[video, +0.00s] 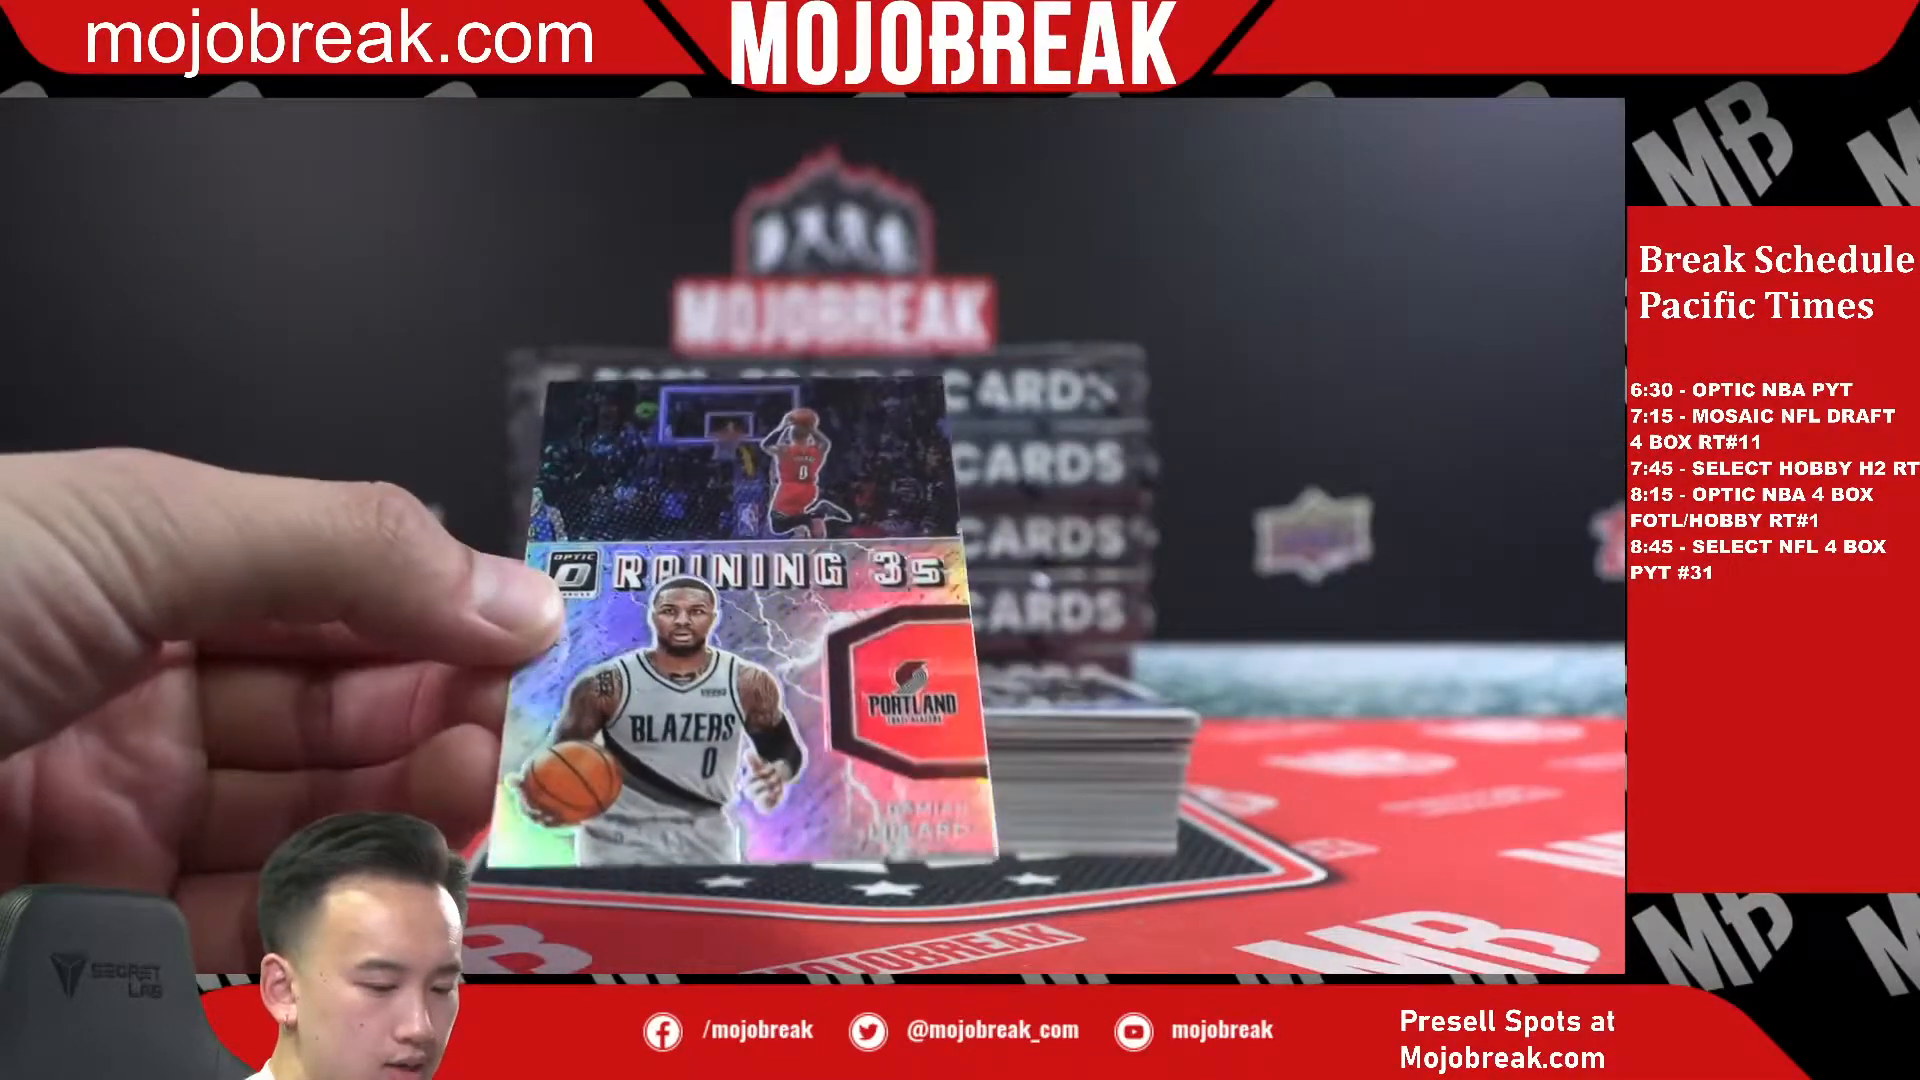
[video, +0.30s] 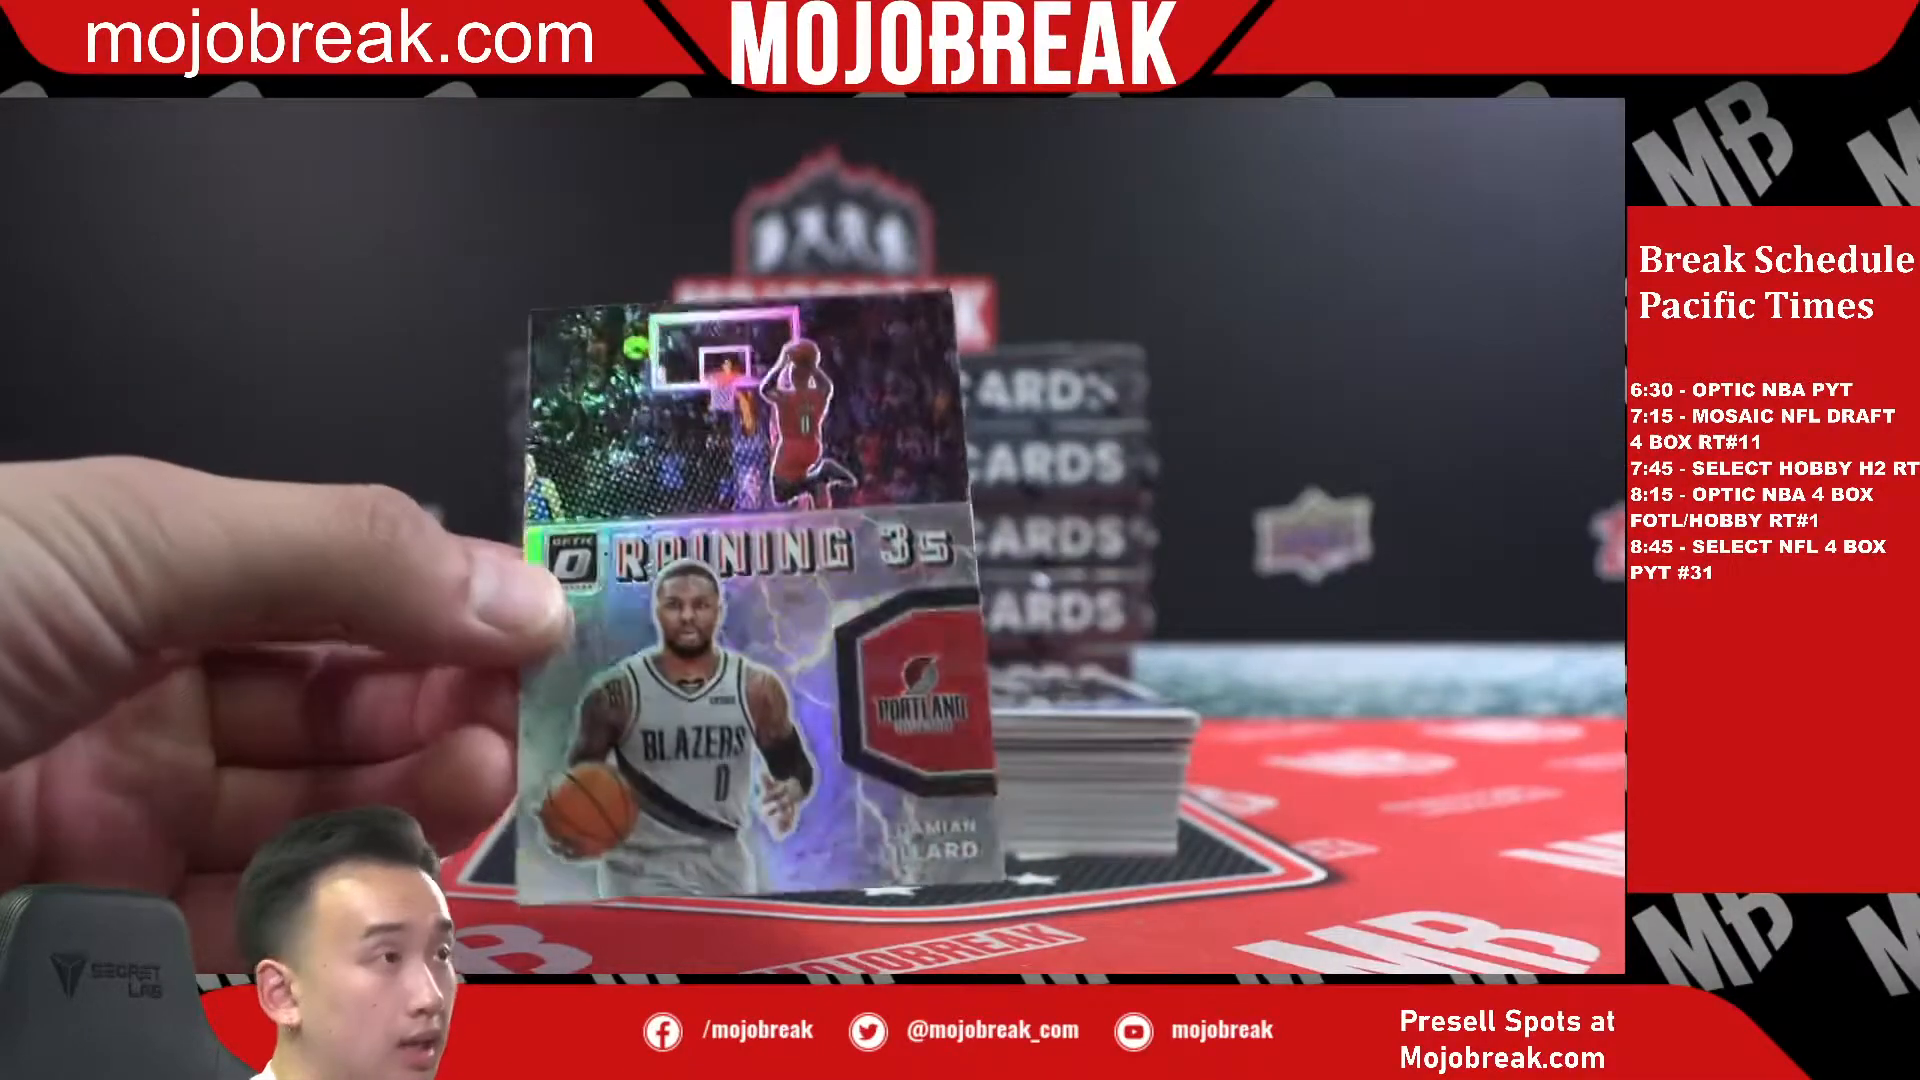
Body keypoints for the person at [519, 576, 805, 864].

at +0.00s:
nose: (682, 621)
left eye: (696, 611)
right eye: (670, 611)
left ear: (713, 619)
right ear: (652, 618)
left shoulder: (750, 684)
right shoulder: (603, 685)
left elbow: (787, 750)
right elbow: (557, 756)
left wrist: (779, 774)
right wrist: (537, 788)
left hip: (707, 839)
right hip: (619, 839)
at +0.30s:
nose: (687, 617)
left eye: (700, 605)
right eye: (673, 606)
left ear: (719, 612)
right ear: (656, 613)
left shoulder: (757, 688)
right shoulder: (613, 692)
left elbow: (797, 770)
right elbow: (580, 781)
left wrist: (789, 793)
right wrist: (565, 823)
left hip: (724, 864)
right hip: (640, 866)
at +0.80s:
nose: (711, 648)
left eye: (725, 636)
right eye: (697, 635)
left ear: (743, 645)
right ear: (677, 643)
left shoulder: (780, 726)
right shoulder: (632, 727)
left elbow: (816, 811)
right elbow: (590, 814)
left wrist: (807, 838)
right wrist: (574, 855)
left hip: (743, 904)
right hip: (661, 905)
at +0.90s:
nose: (717, 643)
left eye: (731, 631)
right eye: (704, 631)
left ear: (750, 642)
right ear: (684, 638)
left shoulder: (785, 720)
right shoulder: (641, 721)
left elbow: (824, 801)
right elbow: (598, 805)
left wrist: (817, 827)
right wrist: (584, 844)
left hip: (753, 910)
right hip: (664, 912)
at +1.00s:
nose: (735, 590)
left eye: (749, 576)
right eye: (723, 577)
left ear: (769, 581)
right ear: (708, 584)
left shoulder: (808, 657)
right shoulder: (666, 670)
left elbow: (854, 738)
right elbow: (619, 759)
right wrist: (628, 782)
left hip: (787, 856)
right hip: (701, 860)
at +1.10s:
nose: (777, 500)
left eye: (790, 486)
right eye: (763, 489)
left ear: (806, 492)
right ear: (747, 499)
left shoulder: (851, 558)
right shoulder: (703, 578)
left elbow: (897, 622)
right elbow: (670, 656)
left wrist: (898, 645)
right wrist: (661, 696)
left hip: (824, 729)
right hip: (742, 737)